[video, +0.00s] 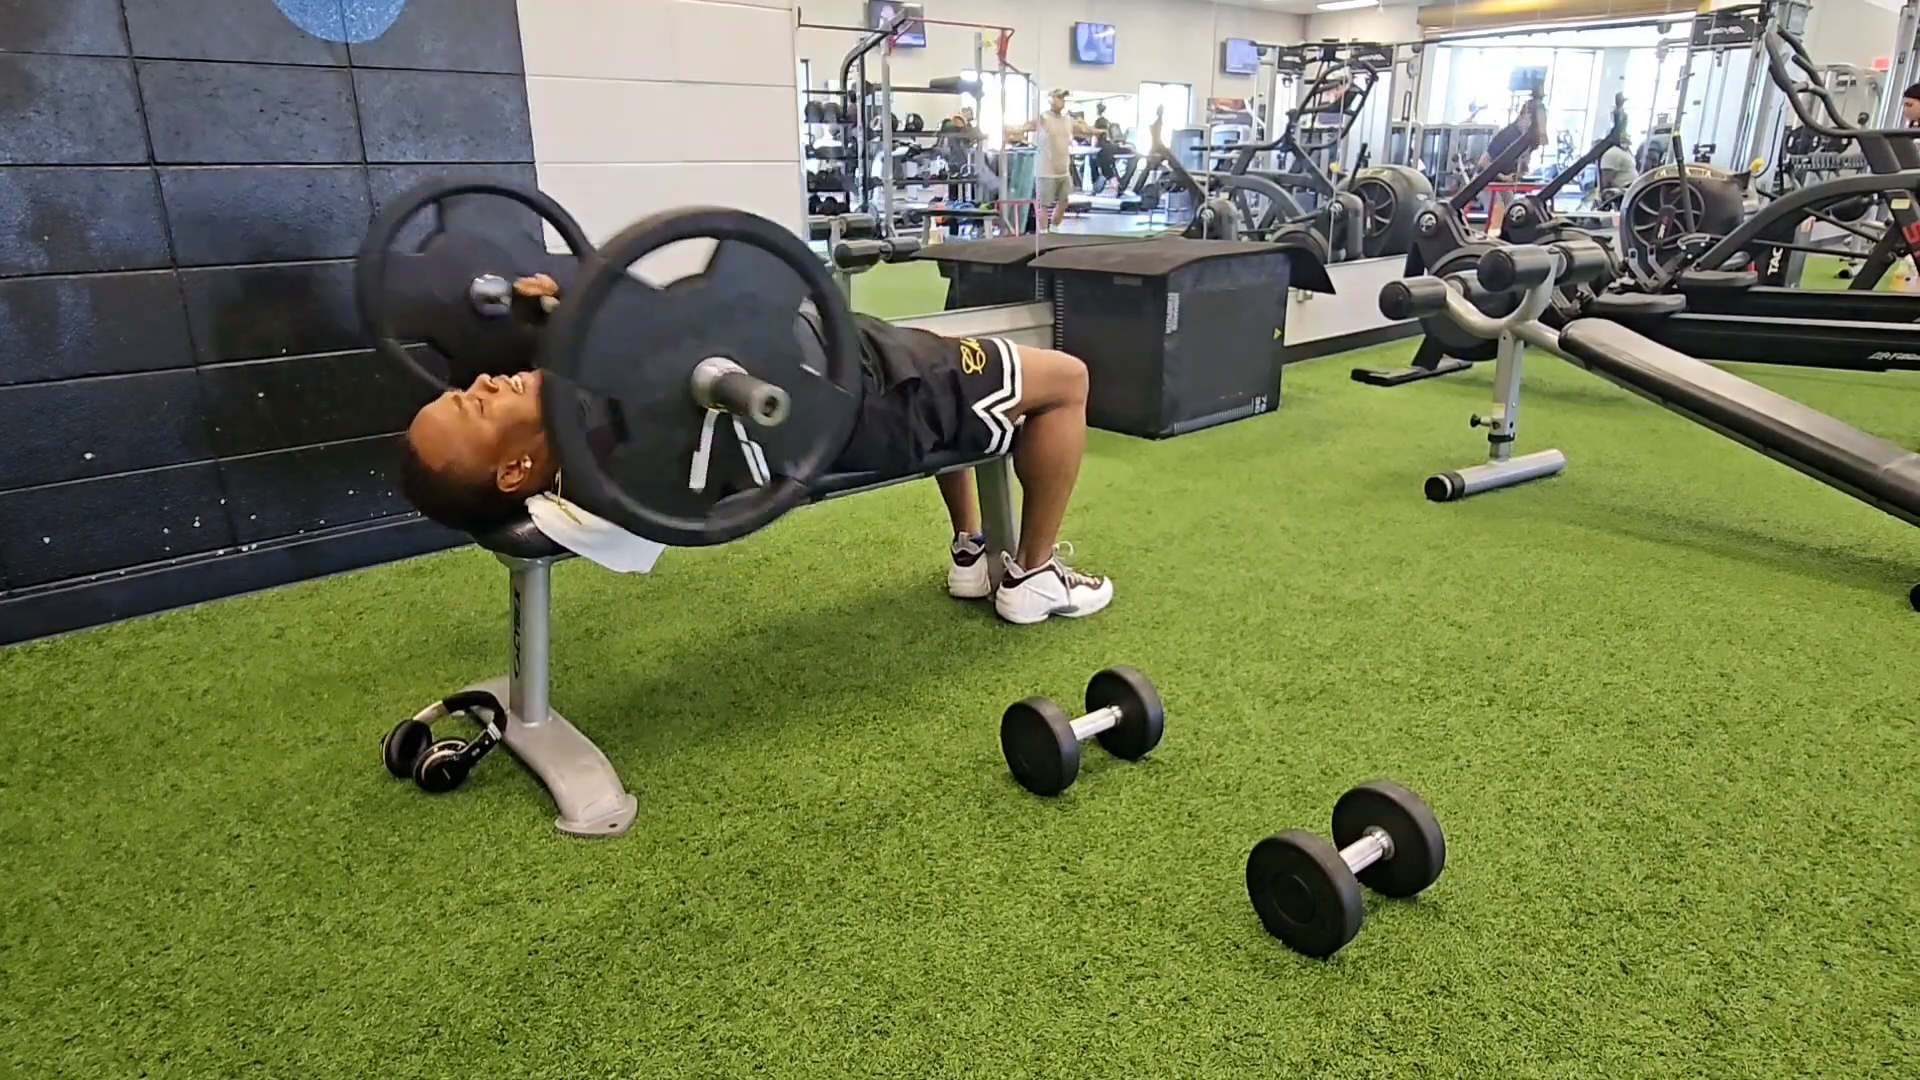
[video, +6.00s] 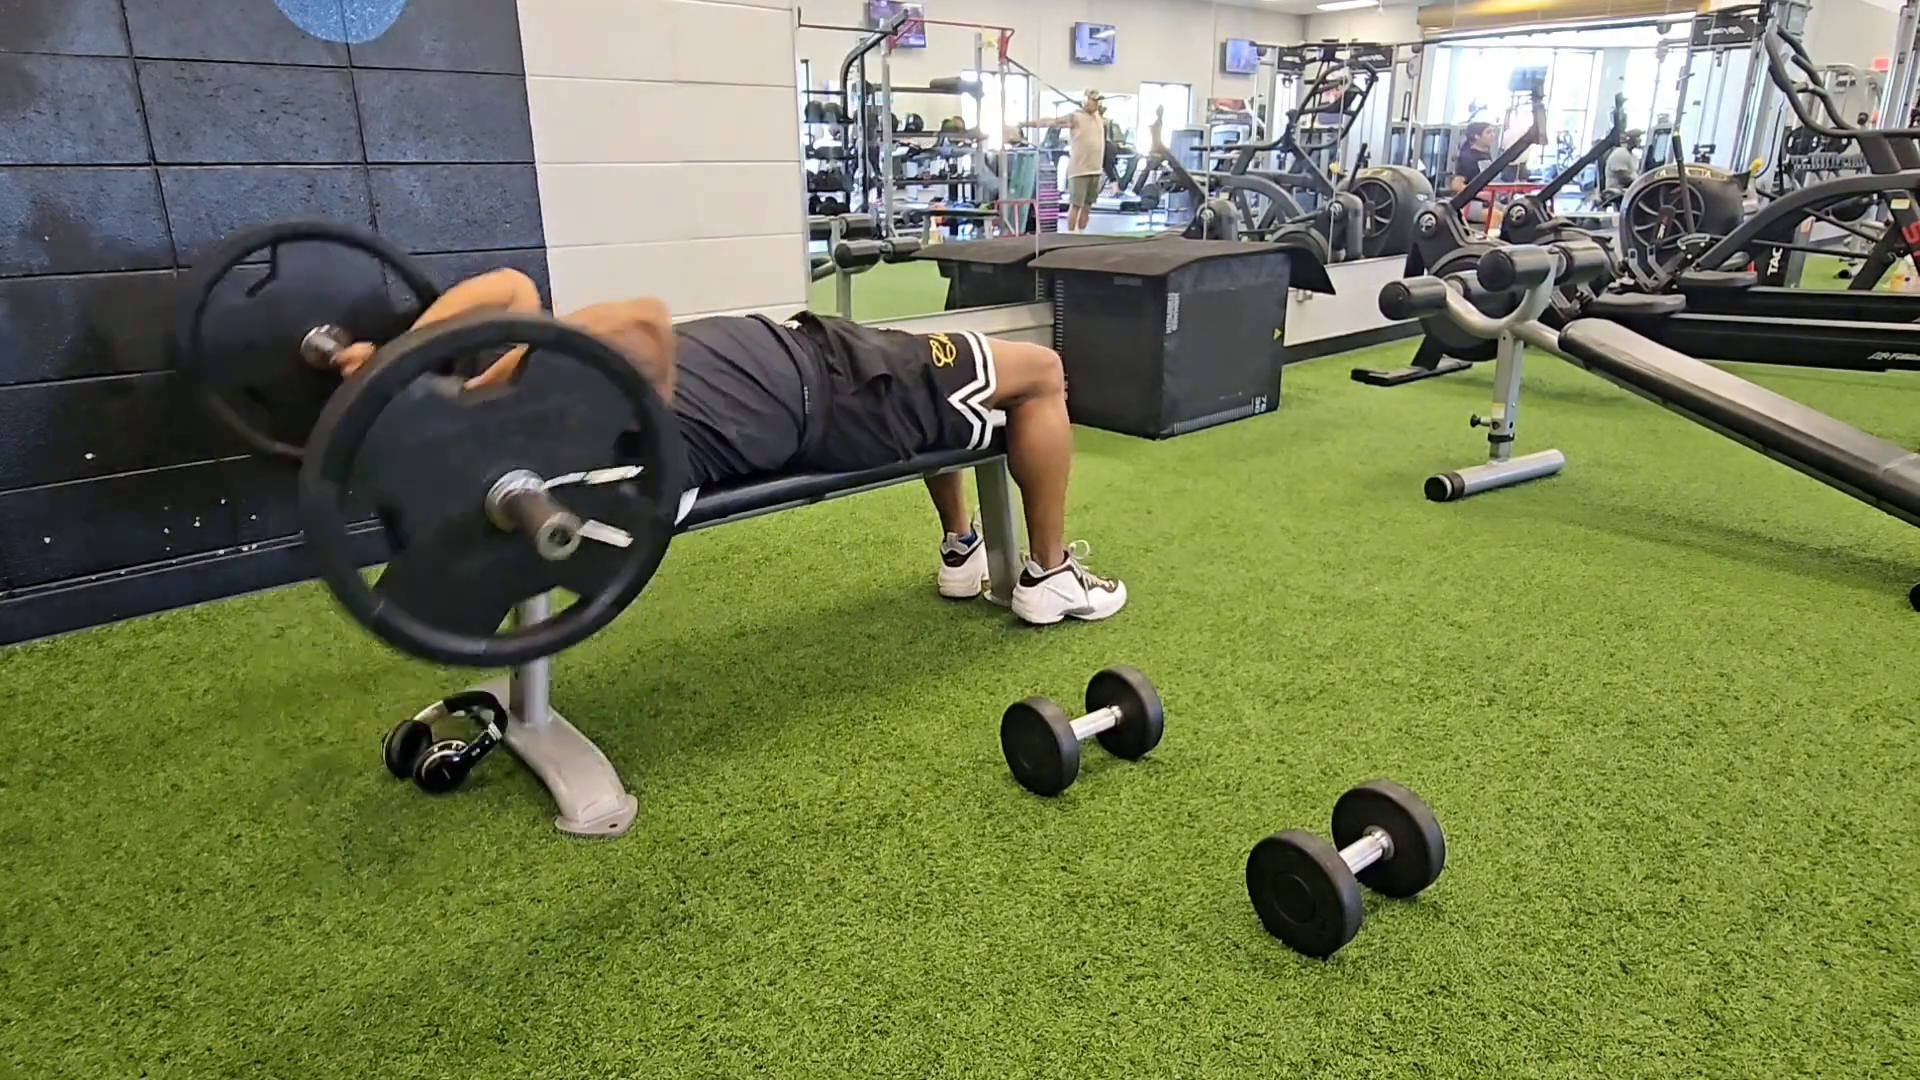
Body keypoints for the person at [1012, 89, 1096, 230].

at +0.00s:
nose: (1063, 102)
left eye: (1063, 99)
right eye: (1059, 98)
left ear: (1063, 101)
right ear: (1051, 100)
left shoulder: (1068, 120)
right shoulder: (1043, 119)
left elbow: (1082, 128)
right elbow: (1024, 128)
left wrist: (1097, 131)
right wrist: (1007, 129)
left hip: (1063, 169)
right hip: (1046, 170)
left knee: (1063, 201)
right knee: (1043, 205)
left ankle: (1054, 229)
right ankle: (1042, 233)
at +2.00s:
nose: (1045, 104)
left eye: (1046, 101)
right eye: (1042, 101)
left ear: (1047, 103)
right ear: (1035, 102)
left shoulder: (1051, 123)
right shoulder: (1029, 119)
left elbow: (1067, 132)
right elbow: (1021, 133)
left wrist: (1085, 136)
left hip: (1046, 167)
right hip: (1030, 167)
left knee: (1039, 201)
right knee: (1036, 201)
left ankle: (1029, 230)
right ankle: (1039, 232)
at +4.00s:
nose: (1094, 105)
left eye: (1096, 102)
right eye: (1092, 101)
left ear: (1097, 103)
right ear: (1084, 101)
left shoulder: (1098, 117)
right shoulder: (1073, 116)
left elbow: (1105, 118)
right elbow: (1053, 121)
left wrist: (1112, 114)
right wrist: (1032, 119)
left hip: (1092, 169)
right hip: (1075, 168)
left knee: (1083, 207)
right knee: (1077, 205)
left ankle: (1074, 234)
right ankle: (1073, 235)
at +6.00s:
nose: (1097, 104)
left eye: (1098, 100)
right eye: (1094, 100)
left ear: (1098, 103)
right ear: (1085, 101)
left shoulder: (1099, 118)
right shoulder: (1076, 117)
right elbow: (1053, 122)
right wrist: (1029, 124)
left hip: (1095, 169)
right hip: (1079, 169)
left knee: (1087, 206)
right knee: (1076, 205)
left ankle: (1081, 234)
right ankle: (1071, 235)